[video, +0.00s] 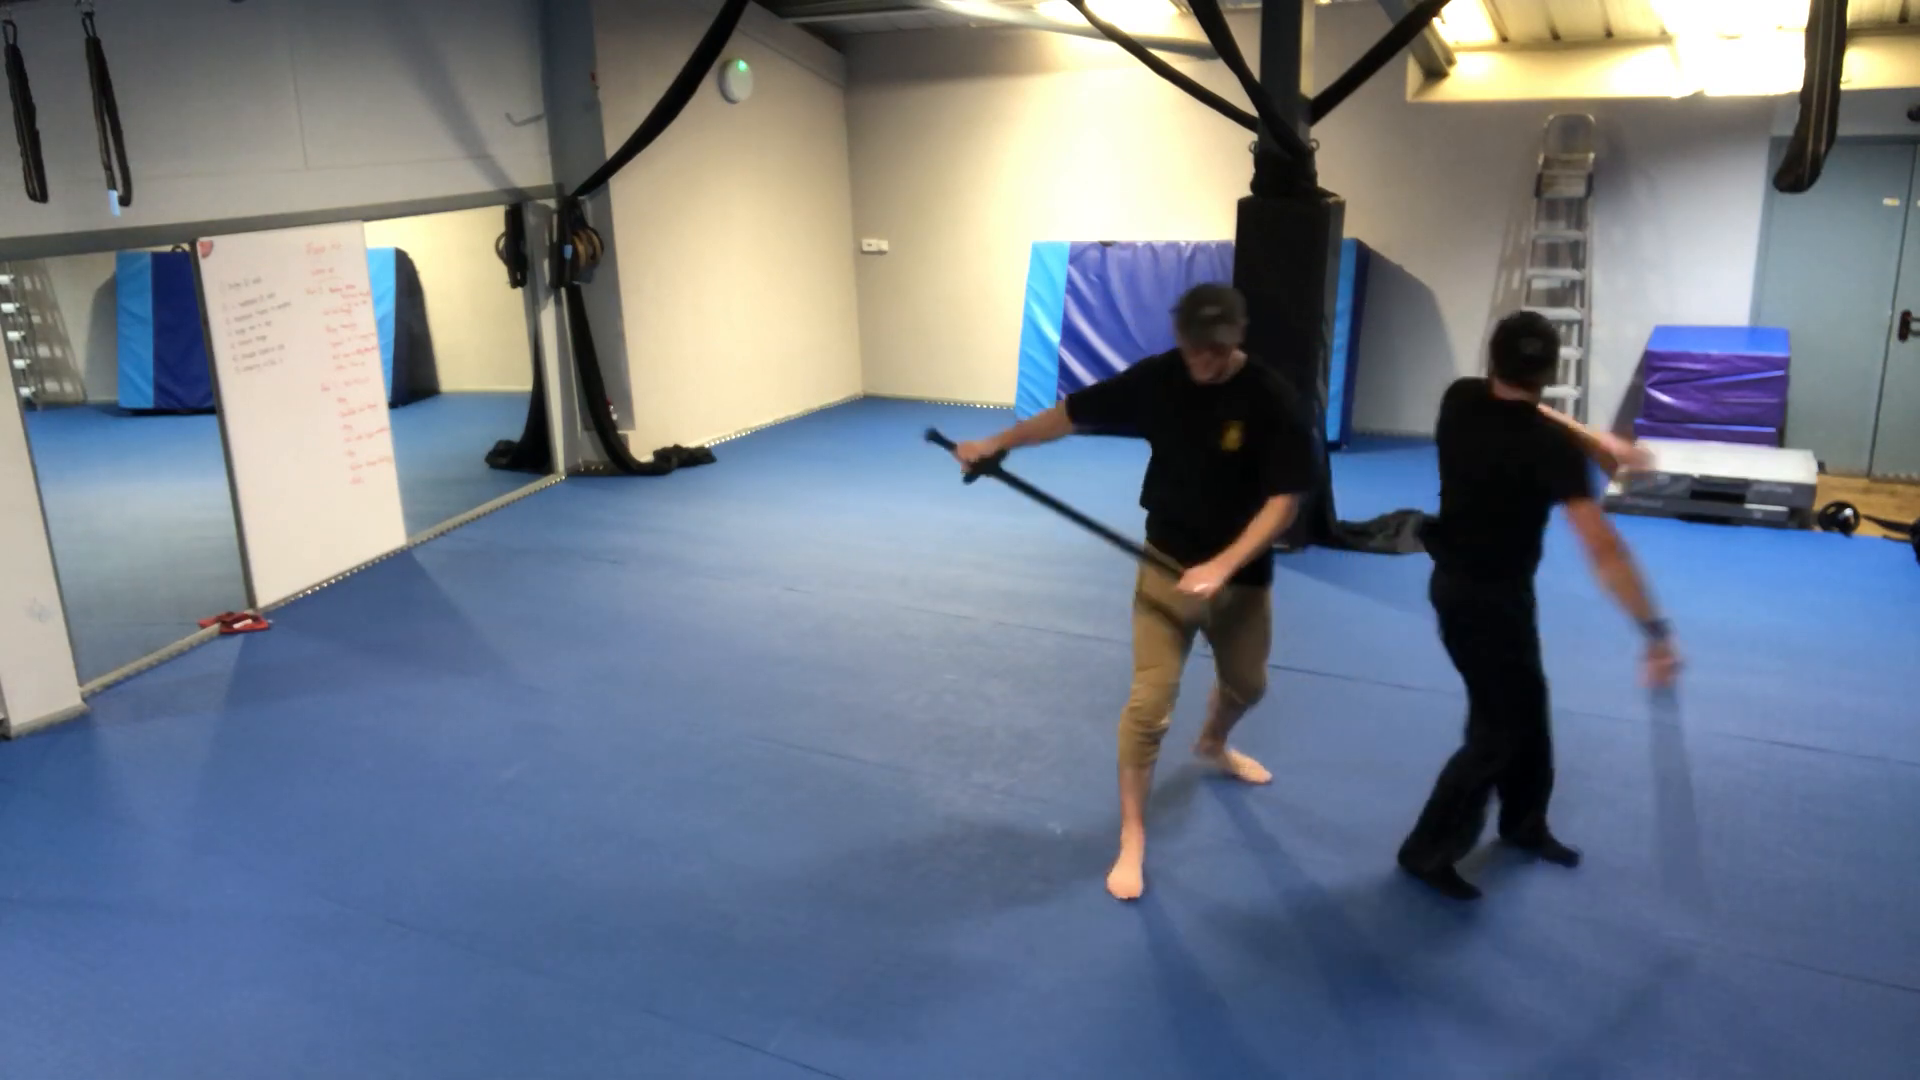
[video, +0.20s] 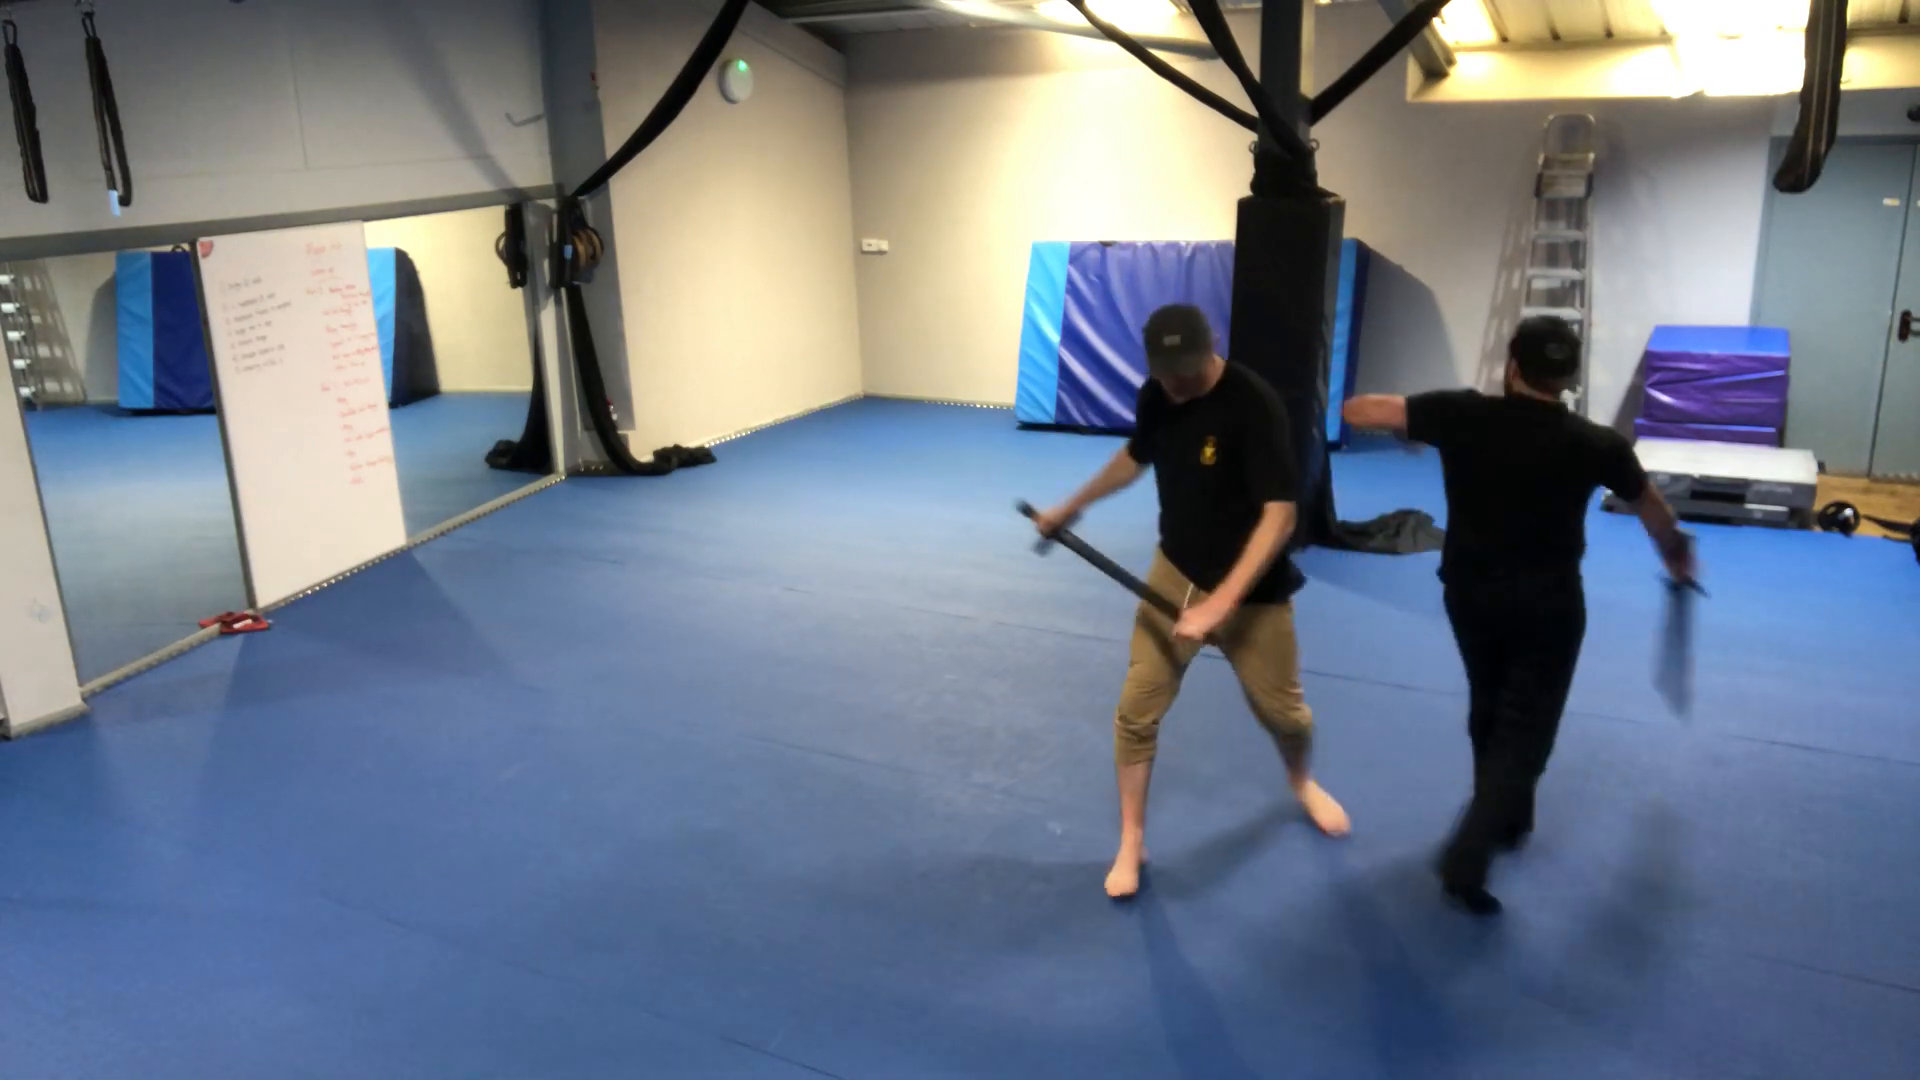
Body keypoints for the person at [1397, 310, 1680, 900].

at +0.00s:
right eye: (1545, 364)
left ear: (1492, 361)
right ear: (1549, 371)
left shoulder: (1460, 399)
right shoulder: (1553, 443)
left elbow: (1530, 415)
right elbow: (1602, 547)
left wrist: (1599, 442)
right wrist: (1653, 630)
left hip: (1456, 584)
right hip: (1499, 601)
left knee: (1521, 705)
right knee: (1498, 728)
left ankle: (1523, 822)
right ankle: (1427, 852)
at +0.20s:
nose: (1512, 372)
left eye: (1510, 363)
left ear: (1511, 368)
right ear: (1570, 377)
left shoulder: (1463, 414)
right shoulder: (1596, 445)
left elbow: (1360, 410)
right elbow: (1657, 517)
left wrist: (1406, 417)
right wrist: (1677, 555)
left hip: (1472, 598)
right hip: (1550, 608)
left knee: (1489, 703)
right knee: (1524, 728)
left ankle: (1511, 815)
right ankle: (1463, 866)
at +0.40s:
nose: (1501, 376)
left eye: (1504, 367)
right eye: (1504, 366)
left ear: (1519, 372)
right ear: (1568, 371)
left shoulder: (1486, 428)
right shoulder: (1607, 436)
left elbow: (1376, 446)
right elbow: (1621, 447)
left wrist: (1417, 431)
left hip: (1493, 607)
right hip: (1572, 617)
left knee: (1479, 706)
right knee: (1538, 753)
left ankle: (1479, 802)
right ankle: (1490, 898)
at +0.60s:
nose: (1517, 361)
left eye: (1520, 352)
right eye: (1519, 351)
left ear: (1538, 355)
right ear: (1582, 353)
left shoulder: (1514, 415)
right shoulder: (1627, 414)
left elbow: (1428, 438)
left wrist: (1354, 435)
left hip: (1517, 593)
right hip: (1594, 600)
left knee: (1506, 705)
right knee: (1560, 743)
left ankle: (1505, 810)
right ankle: (1499, 882)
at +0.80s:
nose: (1533, 348)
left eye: (1539, 337)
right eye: (1535, 336)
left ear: (1568, 342)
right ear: (1594, 344)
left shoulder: (1544, 402)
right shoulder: (1648, 407)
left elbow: (1466, 437)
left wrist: (1375, 463)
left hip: (1542, 576)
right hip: (1616, 580)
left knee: (1522, 701)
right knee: (1611, 686)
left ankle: (1509, 820)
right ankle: (1616, 815)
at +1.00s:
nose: (1567, 349)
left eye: (1575, 339)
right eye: (1569, 338)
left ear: (1607, 345)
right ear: (1625, 346)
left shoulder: (1600, 407)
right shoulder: (1669, 405)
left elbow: (1562, 476)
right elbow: (1640, 490)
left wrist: (1464, 516)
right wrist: (1577, 534)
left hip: (1580, 576)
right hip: (1636, 577)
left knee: (1530, 694)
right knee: (1653, 684)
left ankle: (1508, 818)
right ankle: (1688, 788)